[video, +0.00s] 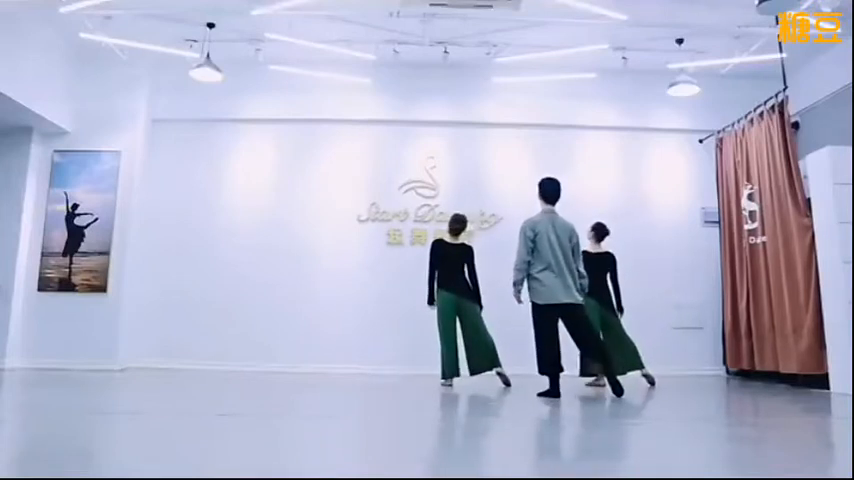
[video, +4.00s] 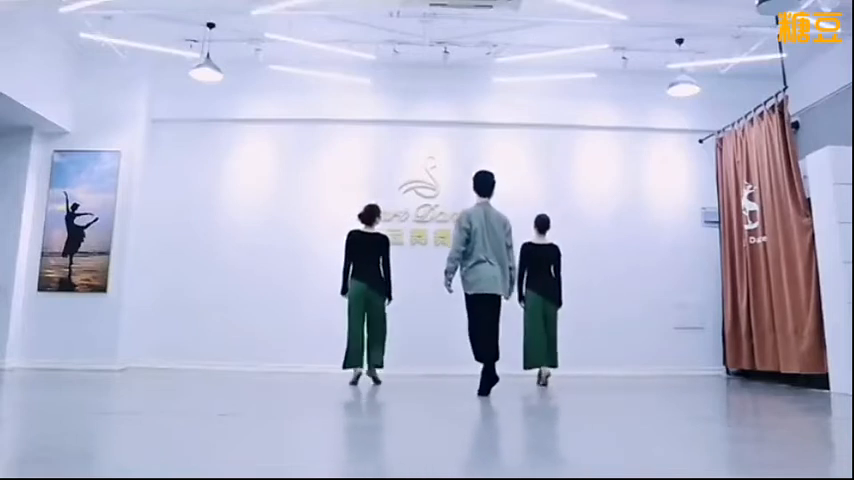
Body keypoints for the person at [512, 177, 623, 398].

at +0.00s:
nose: (540, 196)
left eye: (540, 192)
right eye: (550, 193)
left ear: (539, 195)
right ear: (558, 196)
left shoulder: (530, 226)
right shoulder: (568, 227)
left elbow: (523, 260)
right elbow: (578, 264)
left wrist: (517, 285)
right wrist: (581, 289)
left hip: (542, 296)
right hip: (568, 295)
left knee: (548, 343)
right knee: (589, 338)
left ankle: (554, 388)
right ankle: (611, 376)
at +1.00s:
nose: (540, 200)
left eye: (536, 196)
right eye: (548, 196)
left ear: (533, 198)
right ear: (553, 199)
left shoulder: (527, 228)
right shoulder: (564, 229)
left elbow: (514, 260)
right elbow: (577, 264)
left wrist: (503, 284)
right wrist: (581, 291)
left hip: (538, 297)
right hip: (565, 296)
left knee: (542, 342)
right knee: (579, 337)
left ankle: (553, 387)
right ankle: (603, 372)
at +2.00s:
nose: (516, 219)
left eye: (516, 216)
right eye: (516, 216)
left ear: (519, 215)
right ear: (535, 214)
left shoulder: (517, 233)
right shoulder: (549, 235)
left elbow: (508, 263)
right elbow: (560, 269)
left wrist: (502, 290)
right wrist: (562, 300)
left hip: (527, 296)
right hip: (550, 296)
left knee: (532, 340)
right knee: (527, 337)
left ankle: (550, 381)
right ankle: (516, 371)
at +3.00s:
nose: (501, 191)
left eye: (498, 188)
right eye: (508, 187)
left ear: (496, 190)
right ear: (515, 191)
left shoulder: (489, 218)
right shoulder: (525, 222)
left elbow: (479, 250)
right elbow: (532, 257)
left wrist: (470, 274)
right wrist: (531, 285)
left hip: (495, 282)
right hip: (519, 282)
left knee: (500, 329)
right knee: (513, 331)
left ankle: (514, 371)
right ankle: (508, 383)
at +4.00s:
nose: (479, 190)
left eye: (476, 186)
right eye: (487, 186)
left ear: (474, 188)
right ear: (493, 189)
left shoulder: (466, 217)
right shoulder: (502, 220)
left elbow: (457, 249)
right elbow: (510, 256)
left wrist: (449, 273)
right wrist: (510, 283)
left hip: (473, 281)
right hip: (497, 281)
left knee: (476, 326)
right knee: (492, 327)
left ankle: (489, 368)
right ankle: (486, 378)